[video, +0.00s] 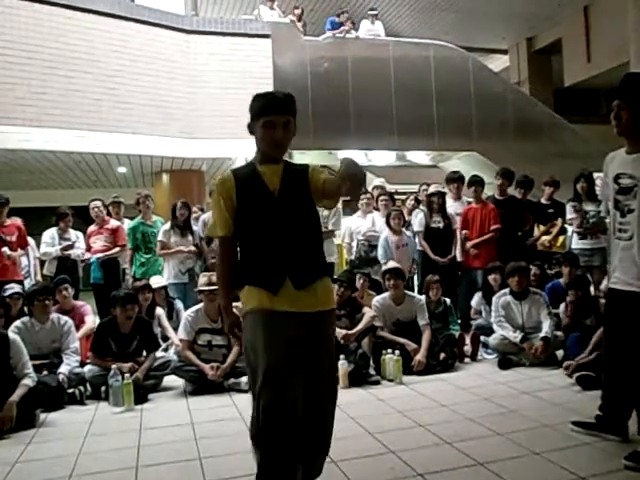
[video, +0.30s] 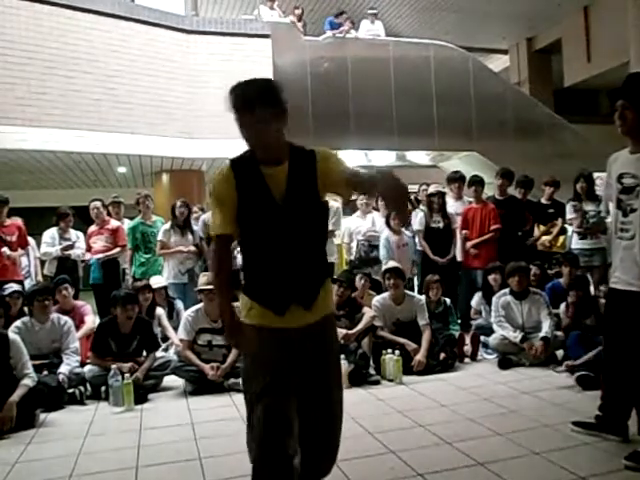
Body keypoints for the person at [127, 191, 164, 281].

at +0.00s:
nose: (147, 204)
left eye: (148, 201)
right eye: (143, 202)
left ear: (153, 203)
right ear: (138, 206)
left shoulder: (160, 222)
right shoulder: (133, 226)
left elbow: (164, 244)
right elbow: (130, 249)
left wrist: (167, 266)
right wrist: (129, 269)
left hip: (158, 267)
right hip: (140, 269)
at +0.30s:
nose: (146, 204)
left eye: (148, 201)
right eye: (143, 202)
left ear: (152, 204)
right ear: (138, 206)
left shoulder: (160, 222)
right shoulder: (133, 226)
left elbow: (164, 244)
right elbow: (130, 249)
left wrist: (167, 266)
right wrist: (129, 270)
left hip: (158, 267)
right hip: (140, 269)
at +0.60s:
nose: (147, 204)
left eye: (149, 200)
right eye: (143, 202)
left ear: (153, 203)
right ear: (139, 206)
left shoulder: (160, 222)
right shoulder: (134, 226)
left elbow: (164, 244)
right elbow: (130, 249)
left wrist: (167, 266)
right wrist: (129, 269)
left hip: (158, 268)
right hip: (141, 269)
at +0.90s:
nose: (148, 204)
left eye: (150, 200)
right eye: (144, 202)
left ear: (154, 204)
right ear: (140, 206)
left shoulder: (160, 224)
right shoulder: (134, 227)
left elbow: (164, 247)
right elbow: (131, 249)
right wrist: (129, 270)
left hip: (159, 269)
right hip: (141, 270)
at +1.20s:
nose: (149, 204)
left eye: (151, 200)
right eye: (145, 202)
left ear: (155, 203)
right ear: (140, 206)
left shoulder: (161, 222)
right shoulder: (135, 226)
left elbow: (165, 244)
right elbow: (131, 249)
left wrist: (168, 266)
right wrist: (129, 269)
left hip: (159, 268)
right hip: (141, 269)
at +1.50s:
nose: (150, 204)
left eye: (151, 200)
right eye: (146, 202)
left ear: (156, 203)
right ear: (141, 206)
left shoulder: (162, 222)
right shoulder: (135, 226)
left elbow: (166, 244)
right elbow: (132, 249)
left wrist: (168, 266)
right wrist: (129, 269)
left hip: (160, 268)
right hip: (142, 269)